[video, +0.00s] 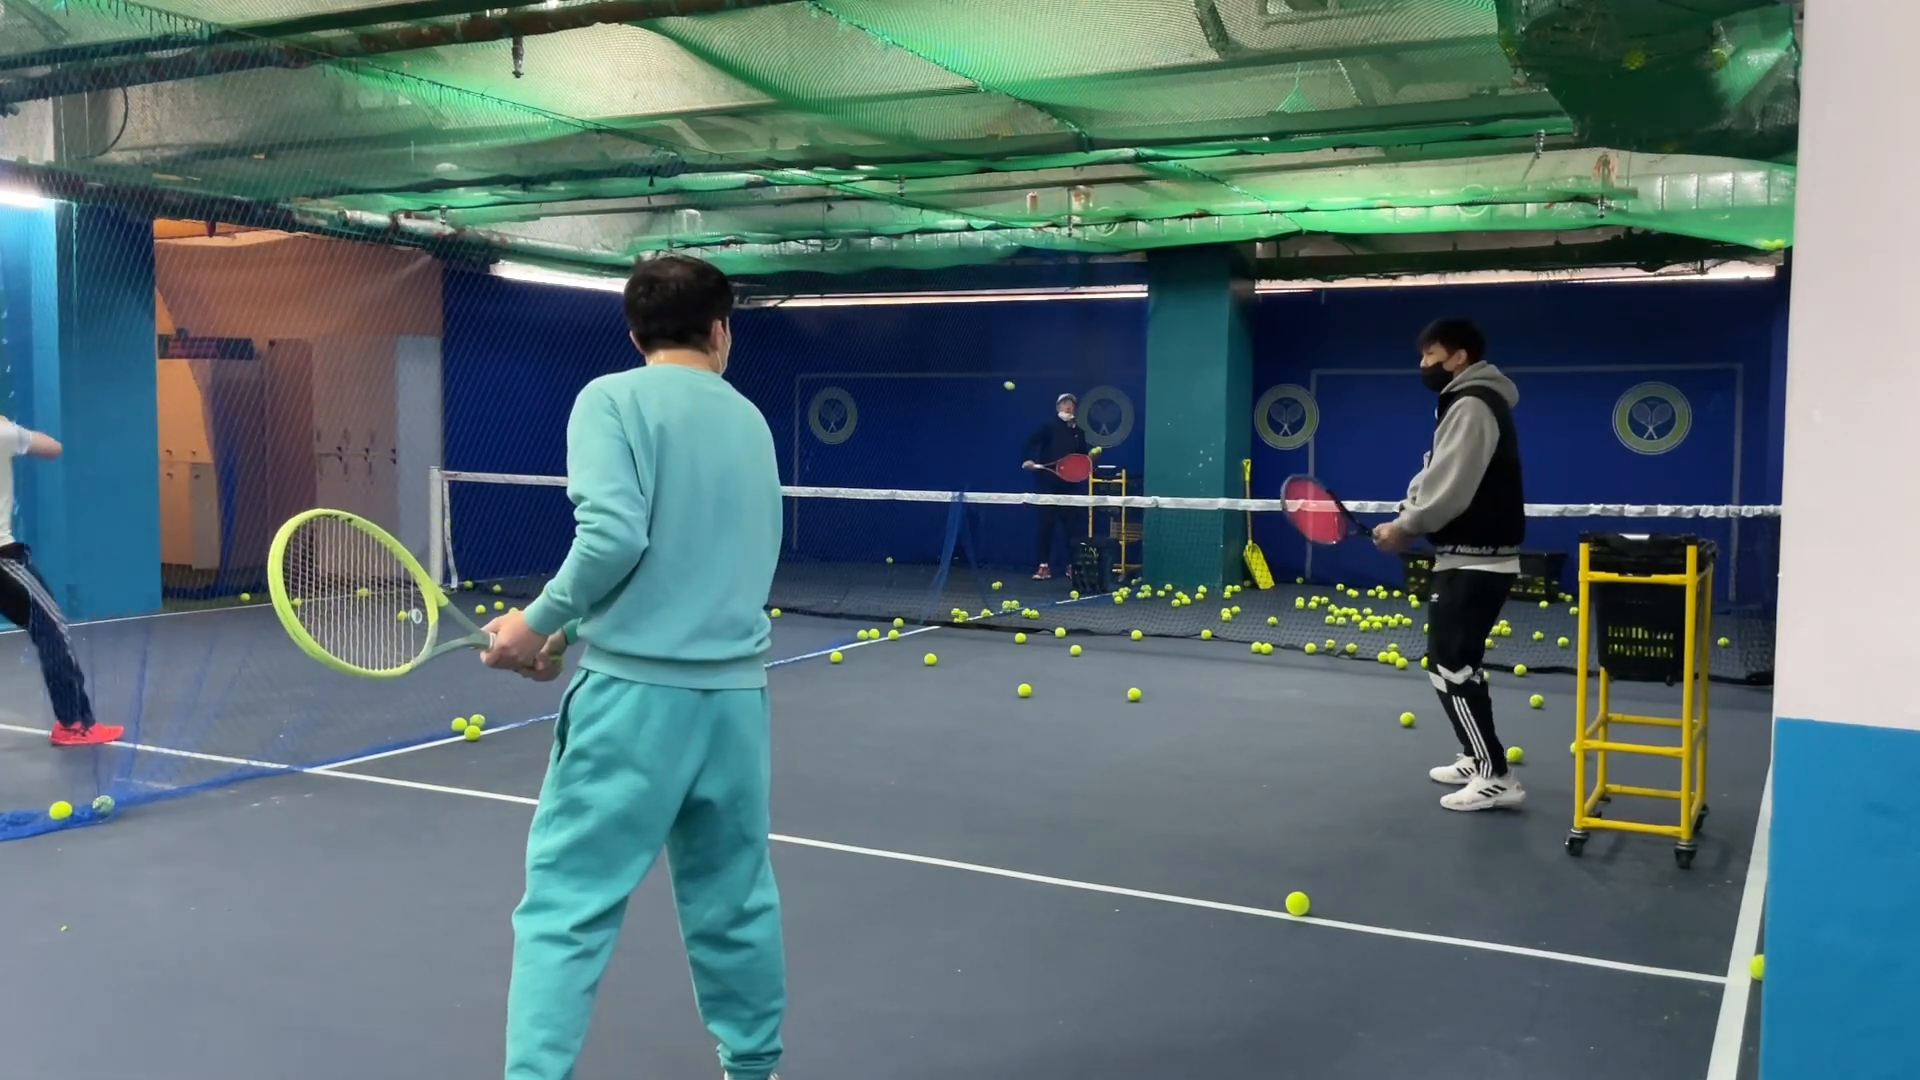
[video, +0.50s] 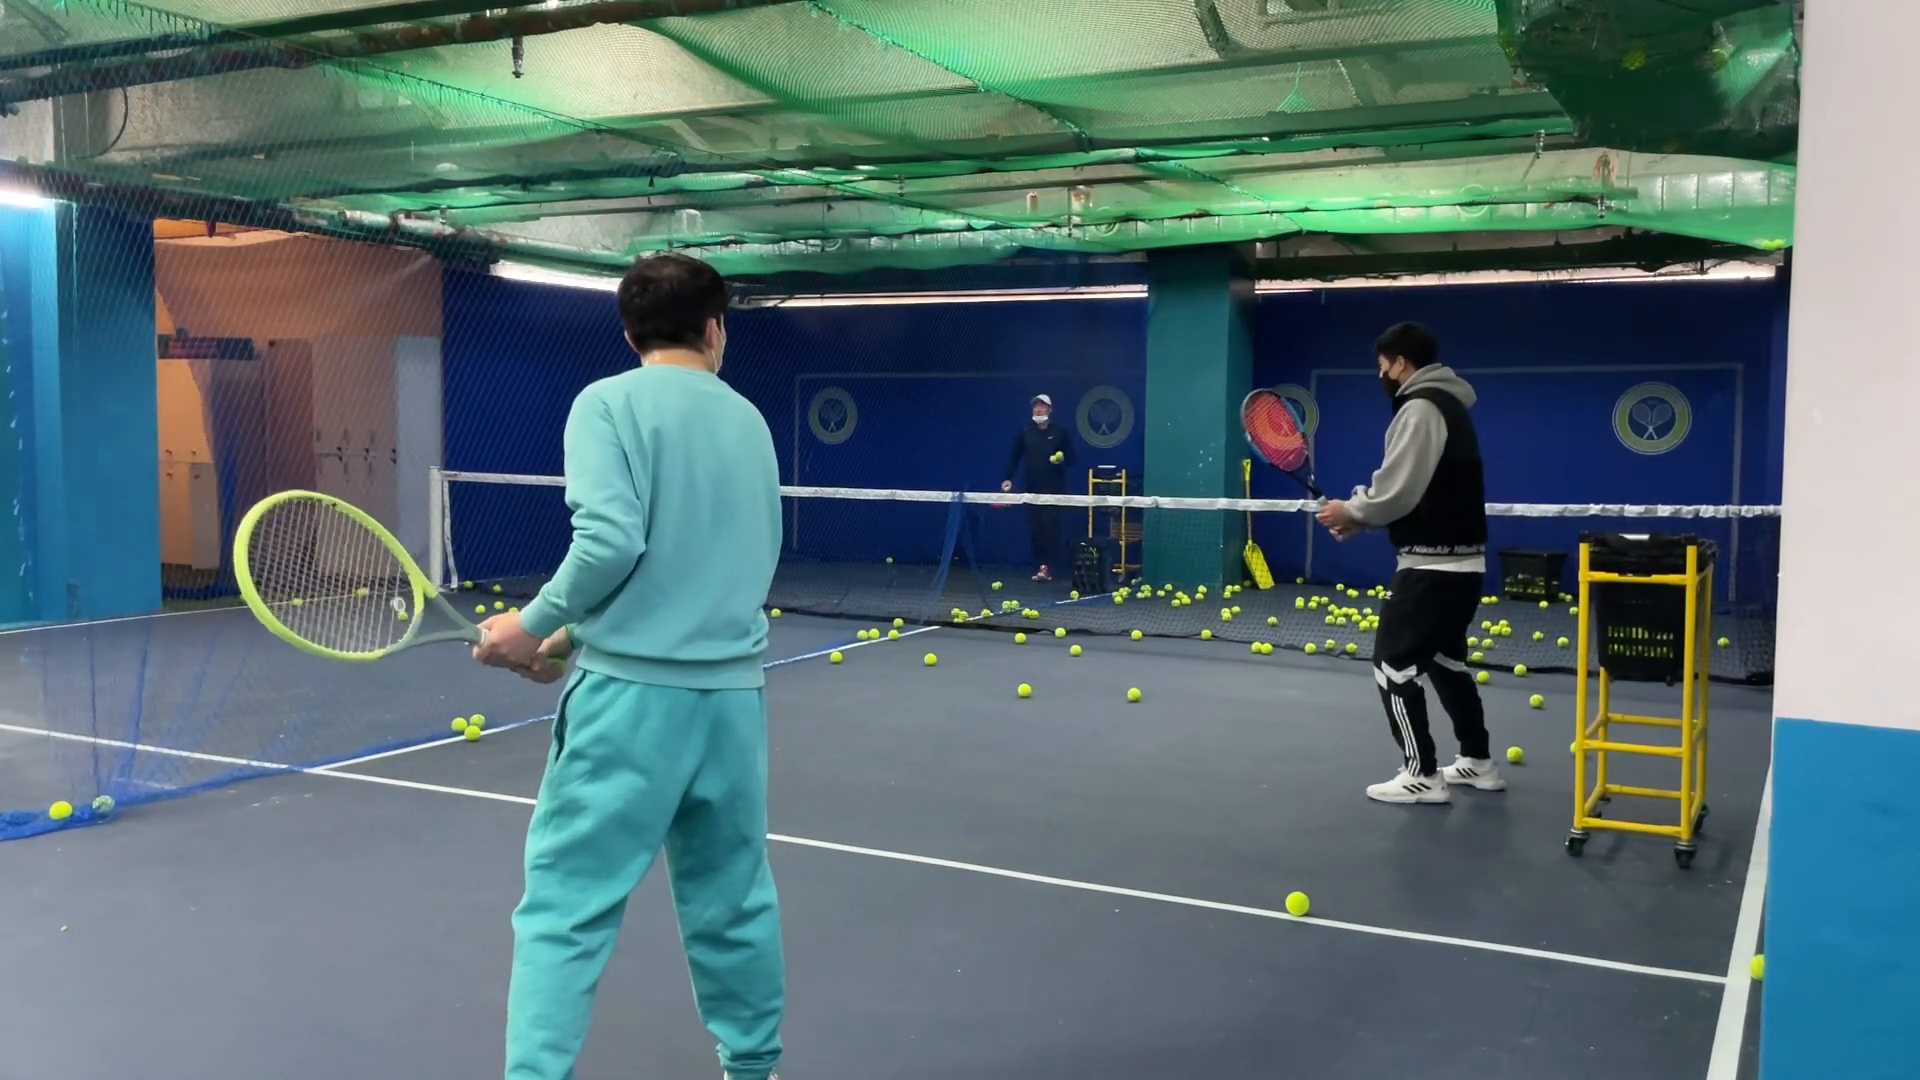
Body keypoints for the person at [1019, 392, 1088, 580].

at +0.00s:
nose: (1067, 408)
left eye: (1070, 405)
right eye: (1064, 405)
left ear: (1075, 408)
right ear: (1058, 408)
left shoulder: (1078, 432)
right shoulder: (1048, 428)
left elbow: (1083, 456)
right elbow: (1030, 445)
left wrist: (1089, 460)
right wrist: (1027, 460)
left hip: (1071, 484)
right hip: (1048, 483)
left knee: (1072, 524)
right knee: (1046, 523)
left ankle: (1072, 565)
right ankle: (1044, 564)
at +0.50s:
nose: (1039, 411)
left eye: (1043, 408)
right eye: (1036, 408)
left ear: (1050, 410)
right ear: (1032, 411)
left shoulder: (1059, 433)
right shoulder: (1025, 433)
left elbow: (1071, 459)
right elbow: (1015, 457)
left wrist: (1062, 459)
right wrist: (1009, 478)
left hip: (1053, 485)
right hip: (1032, 484)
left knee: (1049, 524)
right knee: (1036, 525)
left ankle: (1046, 565)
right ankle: (1042, 565)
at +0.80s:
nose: (1030, 412)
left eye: (1034, 409)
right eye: (1028, 408)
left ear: (1043, 412)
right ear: (1025, 411)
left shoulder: (1052, 434)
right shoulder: (1022, 435)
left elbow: (1057, 464)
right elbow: (1015, 462)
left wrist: (1037, 470)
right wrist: (1010, 477)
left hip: (1046, 489)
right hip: (1025, 488)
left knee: (1042, 528)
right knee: (1018, 528)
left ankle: (1037, 569)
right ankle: (1036, 559)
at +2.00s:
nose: (1022, 420)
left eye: (1026, 417)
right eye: (1020, 417)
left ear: (1035, 419)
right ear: (1018, 420)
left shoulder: (1047, 439)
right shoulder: (1015, 442)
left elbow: (1054, 465)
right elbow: (1006, 468)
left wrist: (1052, 490)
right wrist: (1002, 492)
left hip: (1050, 491)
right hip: (1028, 491)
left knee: (1058, 530)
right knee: (1019, 529)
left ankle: (1064, 566)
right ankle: (1015, 565)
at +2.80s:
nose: (1015, 422)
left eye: (1019, 419)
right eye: (1013, 418)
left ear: (1027, 420)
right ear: (1010, 419)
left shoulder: (1037, 441)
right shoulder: (1004, 441)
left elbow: (1042, 468)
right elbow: (995, 468)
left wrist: (1038, 491)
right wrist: (988, 491)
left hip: (1036, 491)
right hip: (1011, 492)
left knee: (1045, 526)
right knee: (1010, 529)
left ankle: (1053, 564)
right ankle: (1013, 565)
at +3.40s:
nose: (1023, 411)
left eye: (1027, 409)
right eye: (1021, 408)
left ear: (1035, 411)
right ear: (1019, 411)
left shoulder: (1043, 434)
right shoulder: (1015, 433)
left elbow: (1050, 462)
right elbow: (1010, 459)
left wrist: (1049, 488)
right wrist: (1005, 483)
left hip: (1037, 486)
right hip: (1016, 485)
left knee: (1038, 526)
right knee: (1011, 524)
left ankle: (1037, 564)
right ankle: (1007, 562)